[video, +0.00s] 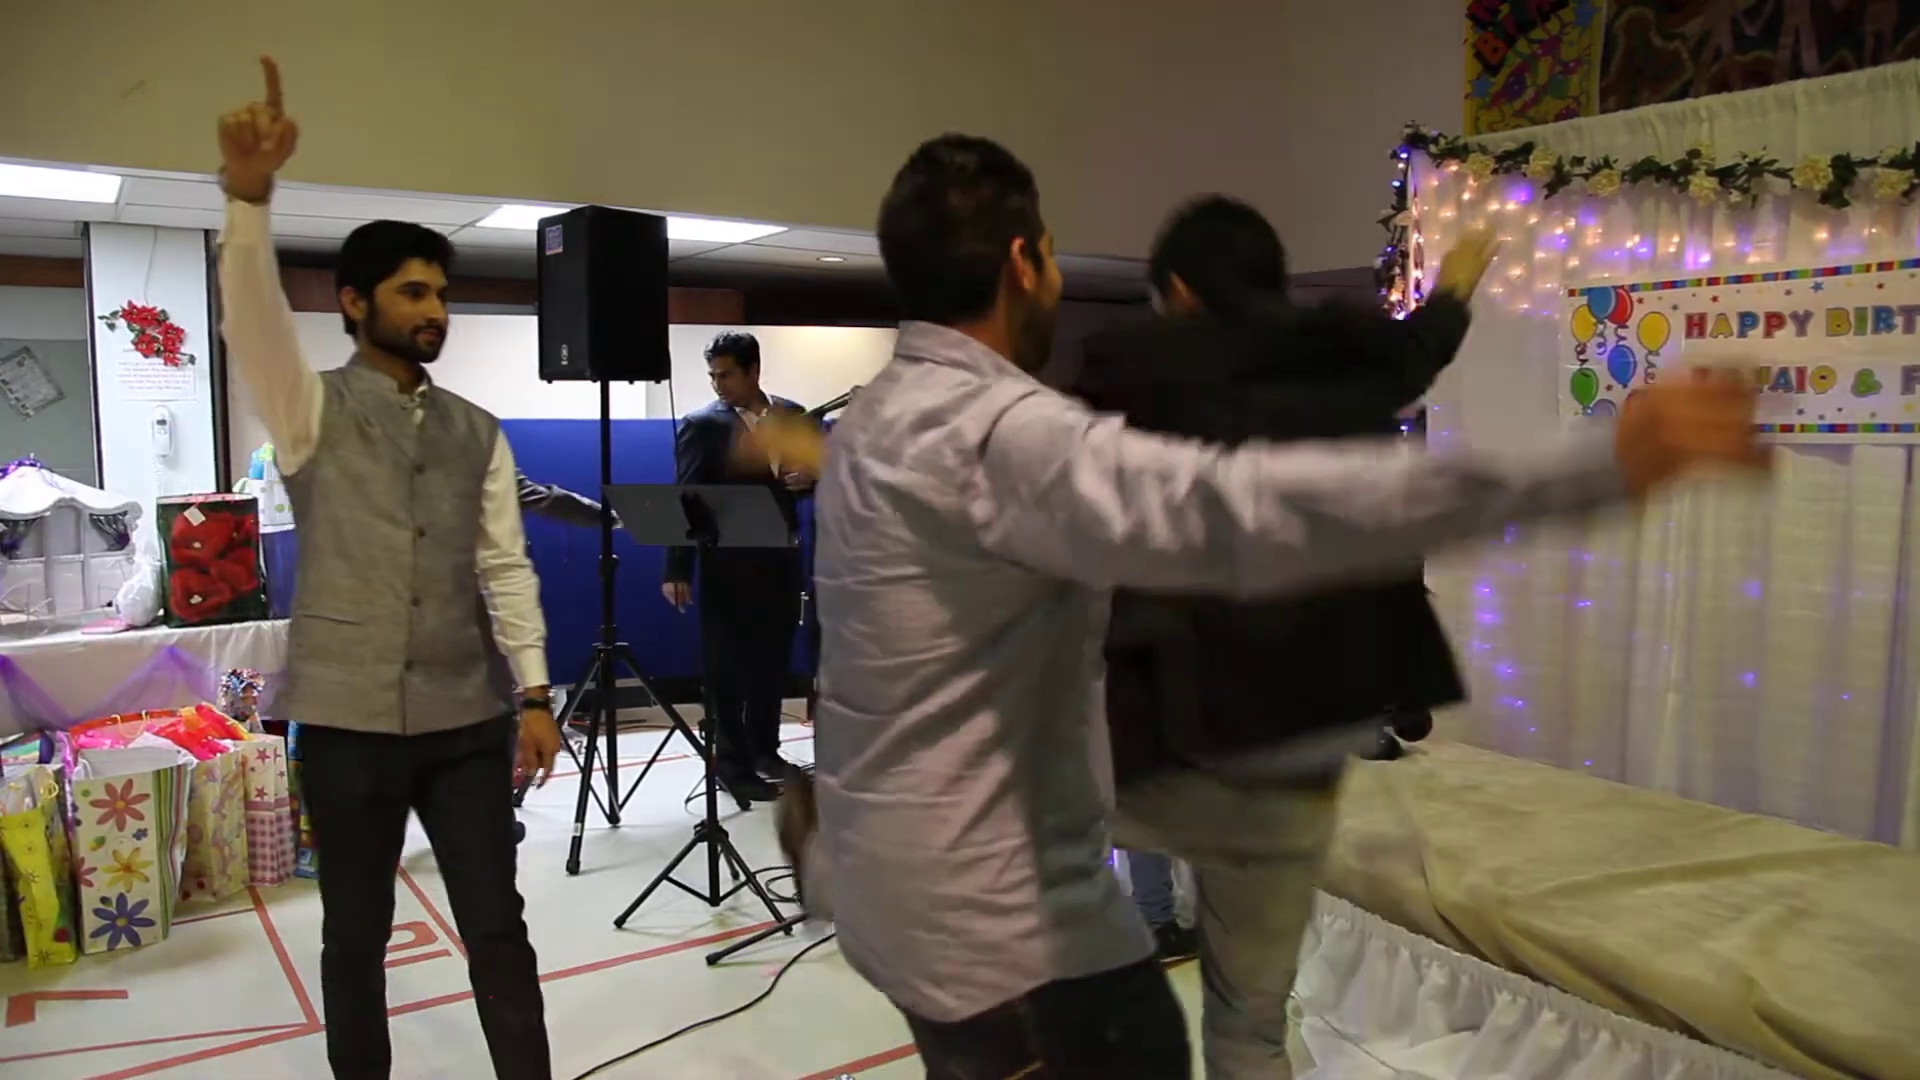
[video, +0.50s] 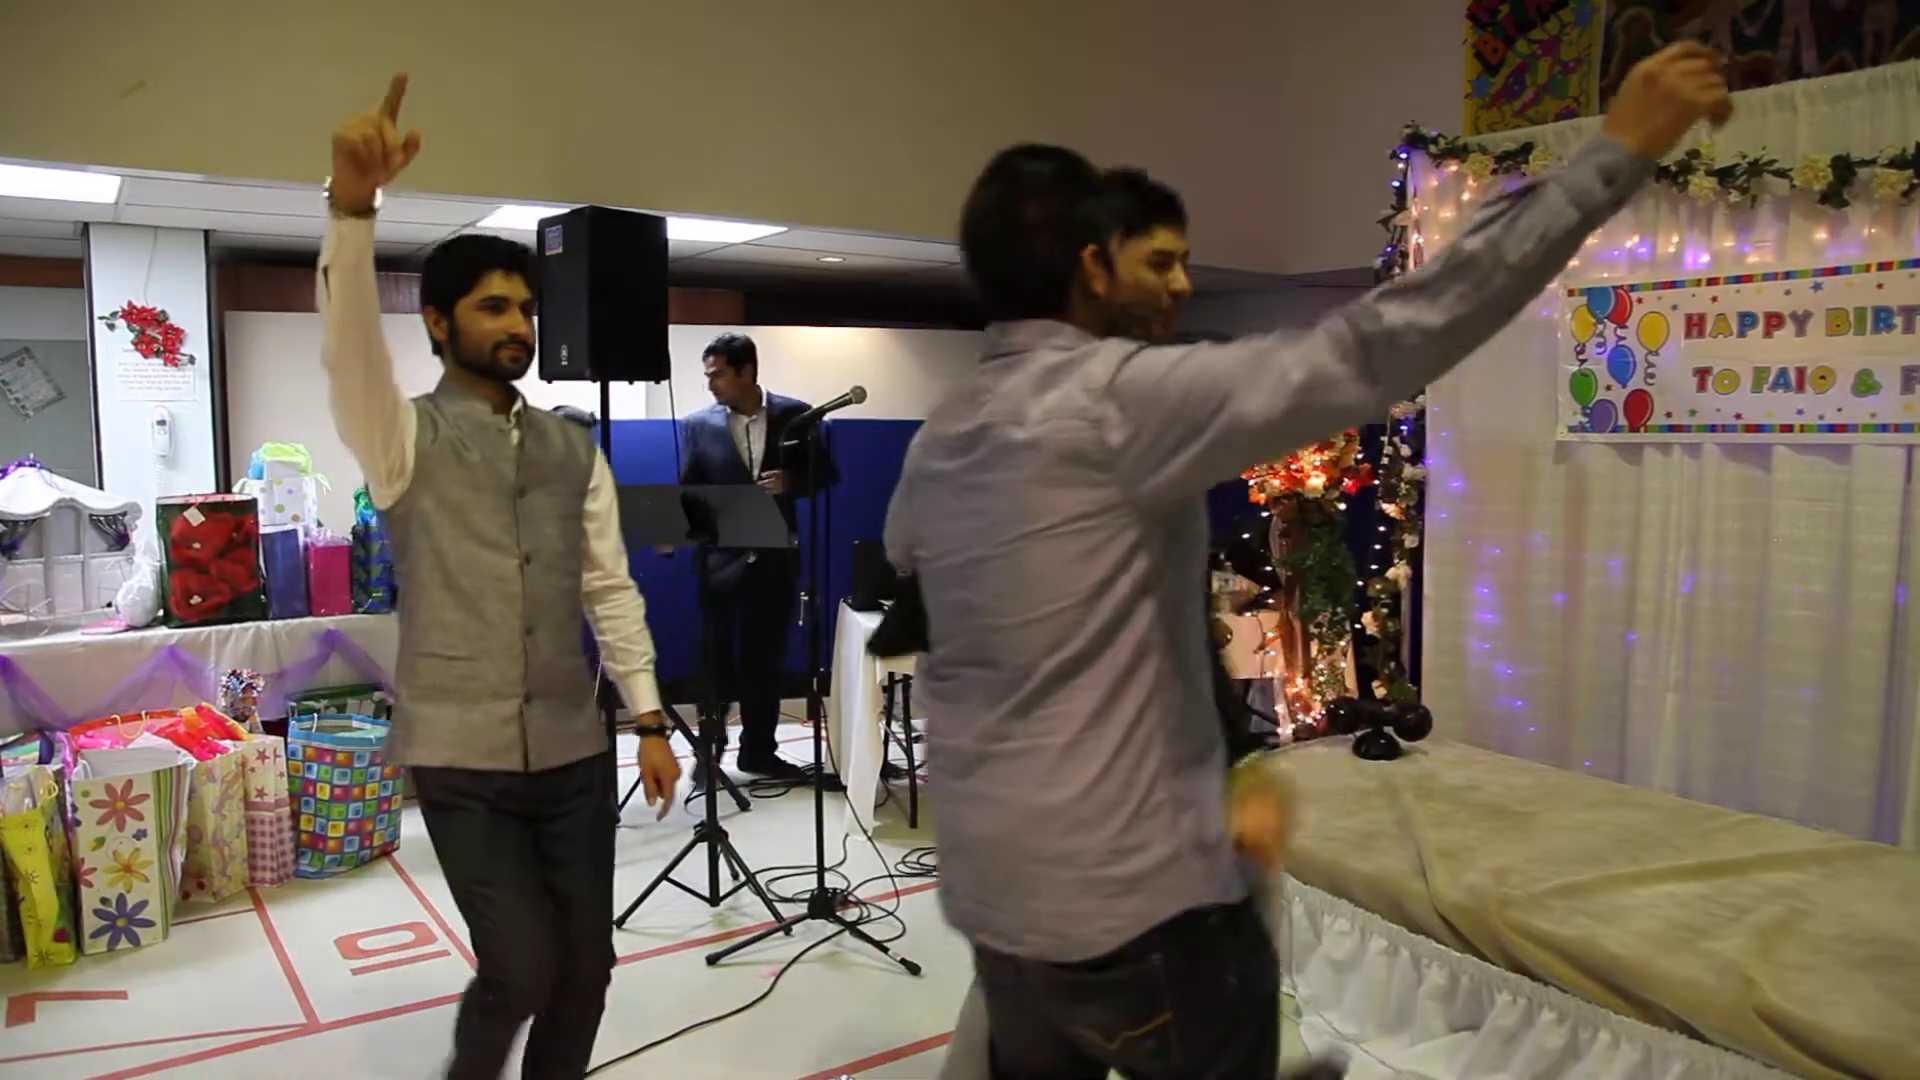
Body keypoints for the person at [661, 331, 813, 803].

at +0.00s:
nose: (716, 384)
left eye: (724, 374)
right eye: (713, 376)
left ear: (752, 371)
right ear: (712, 377)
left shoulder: (793, 420)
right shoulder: (700, 428)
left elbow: (816, 476)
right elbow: (686, 502)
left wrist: (808, 478)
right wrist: (677, 568)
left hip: (778, 565)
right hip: (722, 566)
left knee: (770, 666)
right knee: (726, 668)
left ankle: (765, 754)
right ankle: (732, 767)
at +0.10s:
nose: (715, 382)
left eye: (723, 373)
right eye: (712, 374)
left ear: (752, 370)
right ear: (718, 376)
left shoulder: (798, 417)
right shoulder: (704, 427)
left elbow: (820, 475)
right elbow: (689, 501)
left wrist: (806, 477)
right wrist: (676, 566)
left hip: (781, 557)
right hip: (724, 562)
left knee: (772, 660)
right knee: (728, 663)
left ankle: (764, 752)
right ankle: (732, 767)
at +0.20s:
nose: (717, 381)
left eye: (724, 372)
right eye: (714, 373)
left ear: (754, 370)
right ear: (720, 376)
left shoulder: (801, 417)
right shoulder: (706, 426)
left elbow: (824, 474)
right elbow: (690, 498)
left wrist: (807, 480)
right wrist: (674, 561)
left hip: (783, 563)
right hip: (728, 564)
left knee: (770, 662)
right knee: (733, 666)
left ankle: (763, 753)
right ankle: (733, 769)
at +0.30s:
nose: (716, 381)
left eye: (724, 373)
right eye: (714, 373)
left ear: (754, 370)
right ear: (723, 376)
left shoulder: (801, 418)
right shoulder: (707, 425)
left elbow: (825, 475)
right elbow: (690, 495)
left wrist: (804, 485)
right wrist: (671, 552)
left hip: (782, 563)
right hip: (727, 564)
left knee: (769, 662)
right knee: (732, 665)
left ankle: (763, 753)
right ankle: (735, 770)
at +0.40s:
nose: (714, 381)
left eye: (721, 372)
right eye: (712, 373)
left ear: (752, 372)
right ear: (719, 376)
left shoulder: (800, 417)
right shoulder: (705, 425)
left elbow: (826, 473)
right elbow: (689, 494)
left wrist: (797, 484)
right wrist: (671, 538)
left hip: (778, 563)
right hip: (725, 564)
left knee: (767, 660)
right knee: (727, 662)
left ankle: (760, 753)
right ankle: (723, 766)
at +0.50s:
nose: (710, 383)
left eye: (717, 374)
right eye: (707, 375)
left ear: (748, 371)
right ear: (712, 378)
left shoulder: (795, 416)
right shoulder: (699, 426)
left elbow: (825, 474)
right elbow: (689, 493)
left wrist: (790, 483)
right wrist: (673, 533)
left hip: (775, 561)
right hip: (720, 562)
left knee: (765, 659)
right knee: (716, 656)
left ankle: (758, 752)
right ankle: (708, 756)